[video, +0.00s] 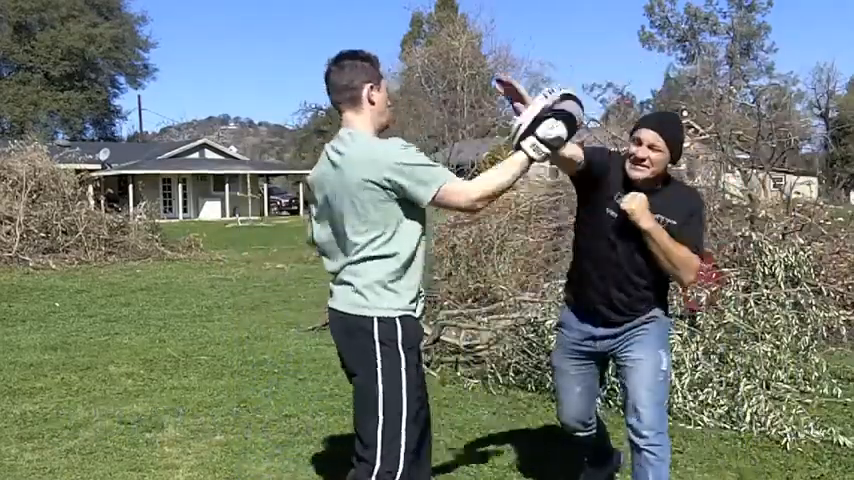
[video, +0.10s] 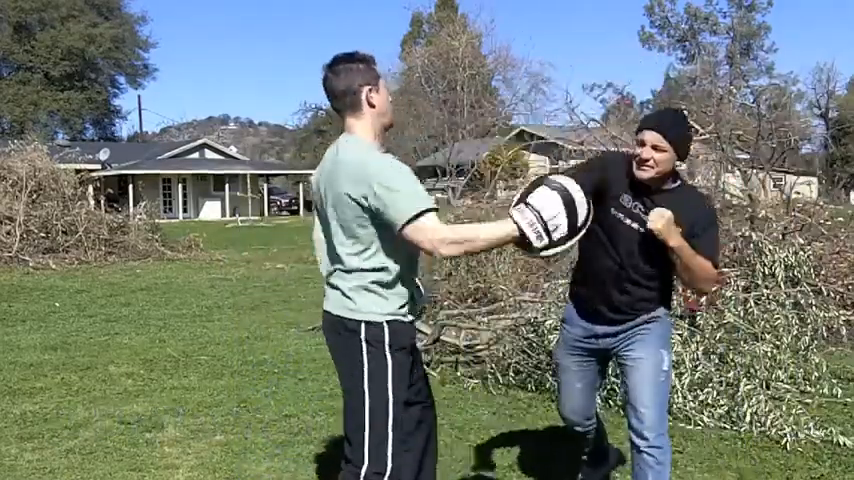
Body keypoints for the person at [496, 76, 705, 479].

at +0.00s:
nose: (640, 153)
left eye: (653, 147)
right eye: (637, 142)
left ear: (672, 157)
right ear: (628, 141)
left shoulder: (685, 200)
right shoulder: (603, 164)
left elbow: (688, 272)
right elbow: (563, 153)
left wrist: (648, 223)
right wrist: (532, 119)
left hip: (642, 325)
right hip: (580, 321)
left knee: (646, 427)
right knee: (574, 420)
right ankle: (604, 462)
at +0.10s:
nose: (644, 155)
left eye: (657, 149)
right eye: (641, 144)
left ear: (679, 157)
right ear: (634, 142)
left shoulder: (694, 207)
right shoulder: (609, 168)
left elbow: (705, 284)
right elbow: (553, 197)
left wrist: (675, 240)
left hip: (644, 326)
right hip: (583, 319)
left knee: (648, 431)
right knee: (574, 414)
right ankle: (599, 456)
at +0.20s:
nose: (644, 144)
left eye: (657, 139)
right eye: (642, 134)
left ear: (682, 149)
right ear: (637, 133)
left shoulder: (703, 203)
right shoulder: (607, 168)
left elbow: (707, 281)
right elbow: (567, 214)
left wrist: (670, 237)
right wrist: (548, 244)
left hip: (651, 326)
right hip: (590, 318)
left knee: (650, 436)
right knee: (579, 409)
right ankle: (602, 461)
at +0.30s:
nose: (633, 133)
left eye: (645, 127)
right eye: (632, 124)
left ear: (674, 138)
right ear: (631, 126)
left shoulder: (698, 199)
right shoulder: (621, 170)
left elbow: (689, 276)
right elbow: (596, 216)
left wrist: (638, 224)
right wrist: (580, 227)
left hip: (658, 327)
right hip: (604, 316)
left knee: (647, 434)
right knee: (590, 400)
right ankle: (638, 456)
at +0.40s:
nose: (632, 131)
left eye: (643, 125)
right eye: (632, 123)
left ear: (673, 135)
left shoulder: (684, 195)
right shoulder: (640, 173)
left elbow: (640, 263)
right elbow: (624, 237)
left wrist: (602, 210)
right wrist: (595, 212)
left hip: (666, 316)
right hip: (628, 313)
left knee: (646, 426)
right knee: (620, 407)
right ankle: (692, 467)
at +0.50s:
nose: (630, 136)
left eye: (636, 127)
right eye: (630, 128)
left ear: (658, 129)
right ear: (668, 130)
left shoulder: (672, 176)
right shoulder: (661, 174)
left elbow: (595, 190)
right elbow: (623, 224)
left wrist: (627, 140)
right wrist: (614, 160)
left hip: (672, 312)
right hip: (665, 310)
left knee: (636, 416)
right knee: (682, 415)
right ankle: (717, 475)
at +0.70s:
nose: (632, 137)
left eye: (637, 127)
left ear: (648, 131)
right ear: (676, 133)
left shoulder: (652, 159)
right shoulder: (699, 170)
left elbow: (594, 170)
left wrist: (627, 124)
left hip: (679, 307)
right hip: (711, 305)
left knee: (643, 415)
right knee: (690, 406)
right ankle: (718, 474)